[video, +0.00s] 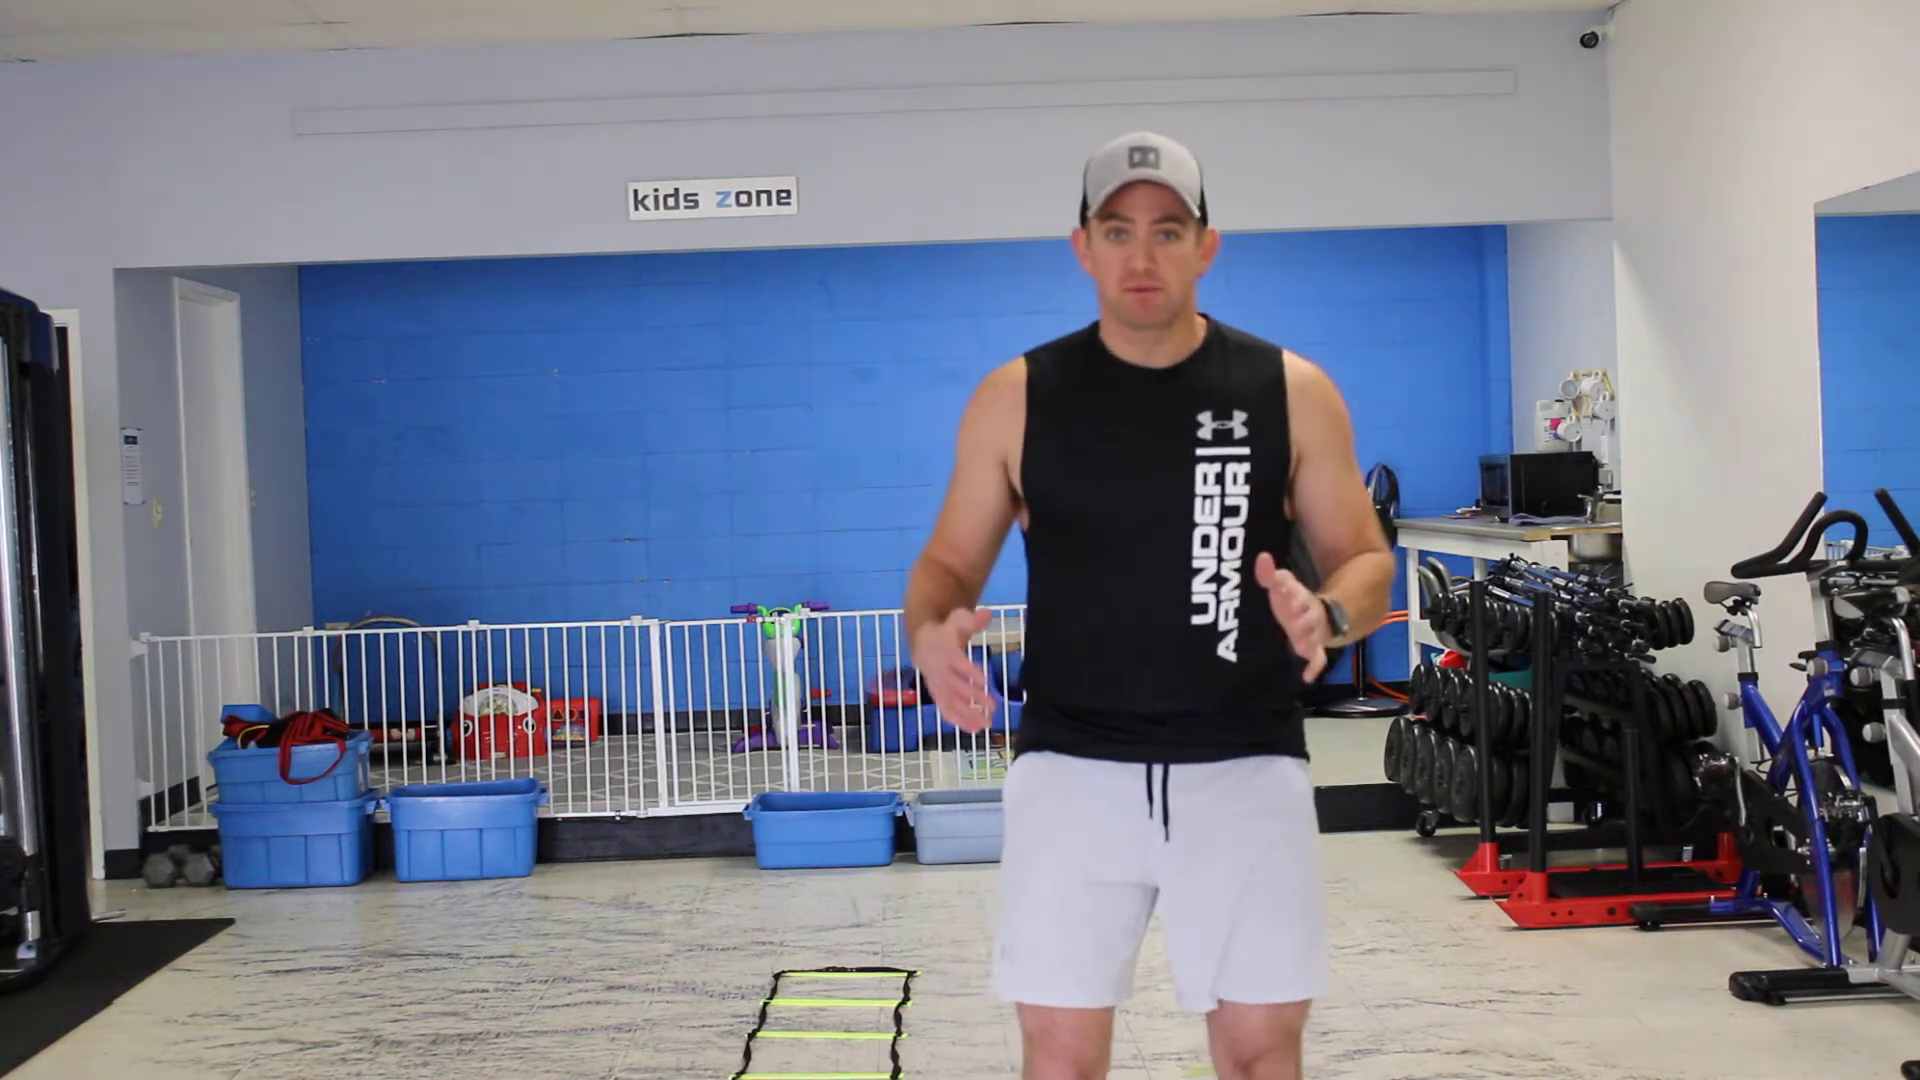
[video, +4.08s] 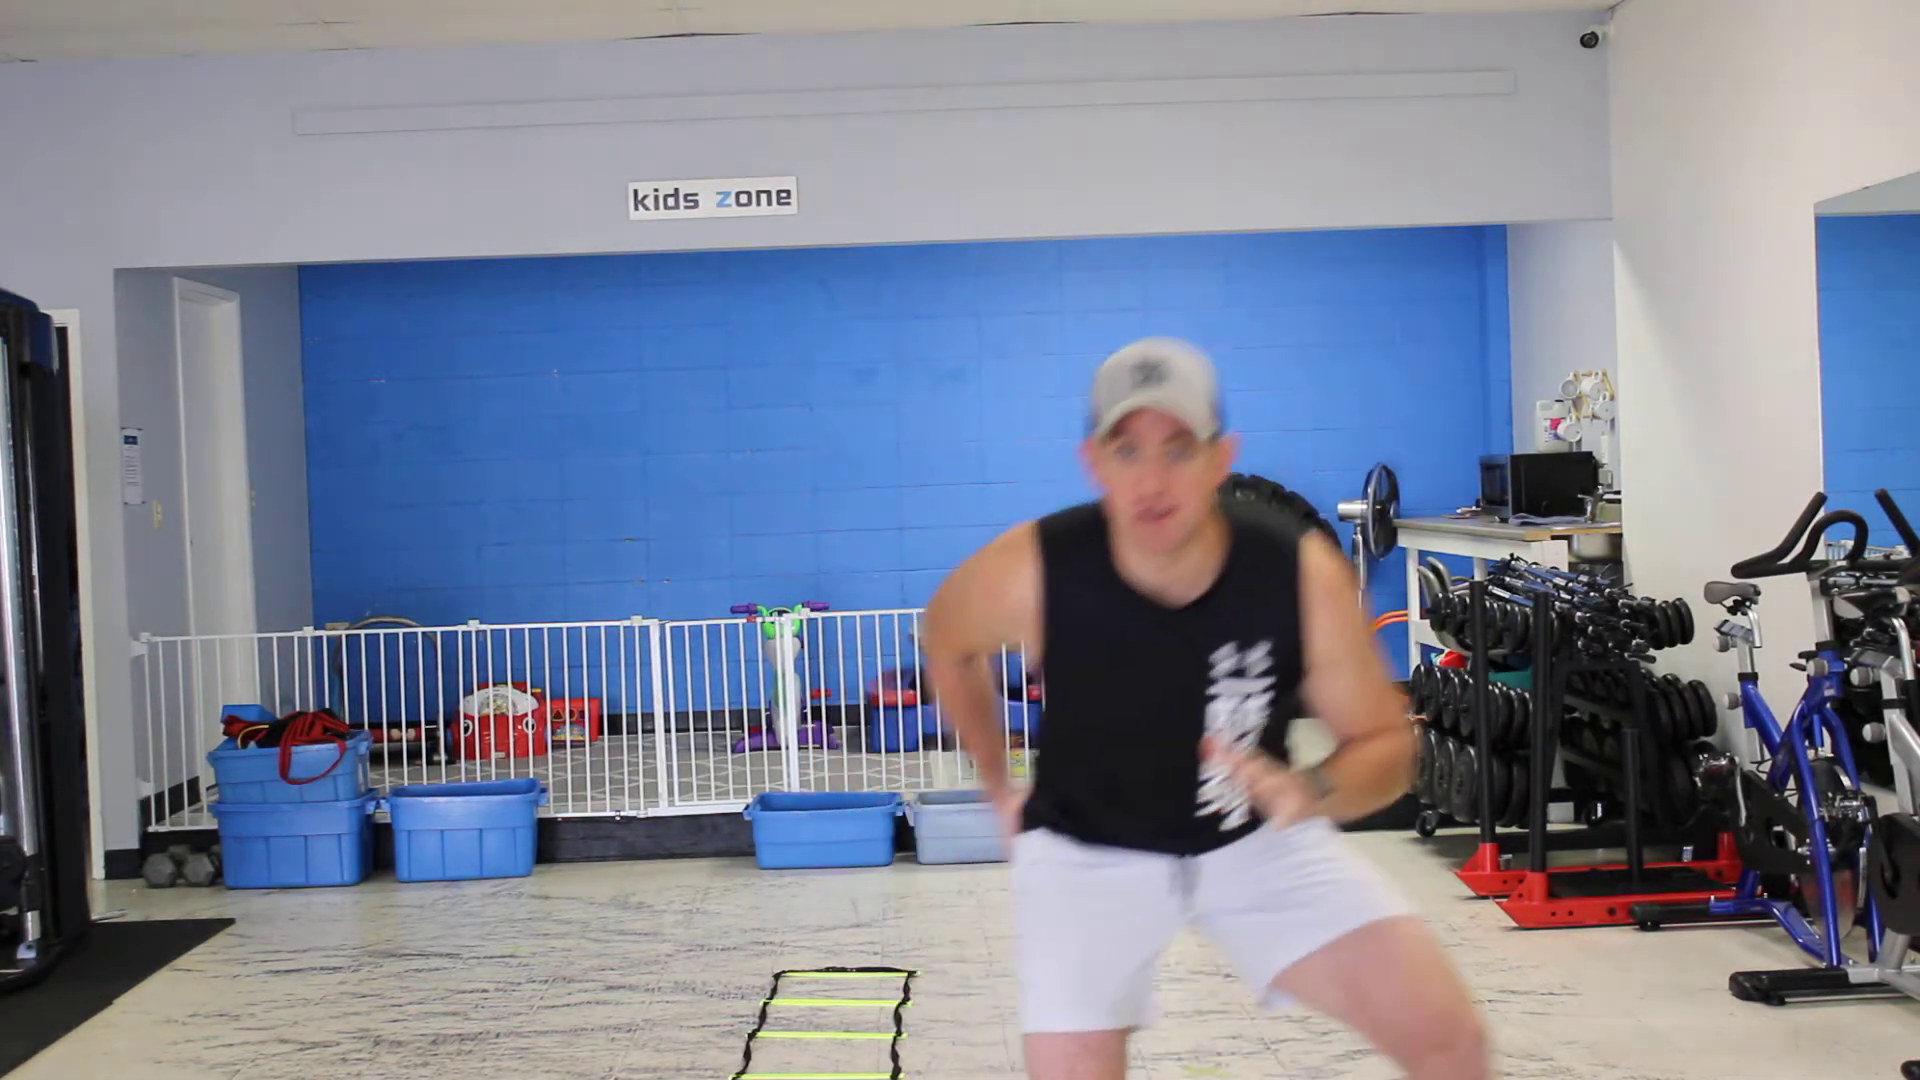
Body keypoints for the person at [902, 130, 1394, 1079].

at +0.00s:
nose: (1142, 255)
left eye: (1168, 230)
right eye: (1118, 230)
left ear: (1207, 248)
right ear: (1084, 248)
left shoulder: (1293, 392)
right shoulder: (1018, 398)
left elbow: (1363, 559)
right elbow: (948, 566)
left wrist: (1328, 614)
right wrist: (931, 635)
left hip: (1246, 776)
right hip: (1070, 779)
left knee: (1260, 1055)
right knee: (1060, 1058)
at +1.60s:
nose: (1085, 337)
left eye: (1108, 309)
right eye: (1060, 313)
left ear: (1147, 316)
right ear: (1026, 329)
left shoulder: (1239, 448)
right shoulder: (973, 462)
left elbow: (1322, 641)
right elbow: (919, 625)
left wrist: (1243, 628)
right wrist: (928, 755)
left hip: (1227, 799)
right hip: (1051, 807)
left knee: (1305, 1051)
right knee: (1036, 1061)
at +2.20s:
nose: (999, 438)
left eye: (1022, 409)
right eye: (973, 411)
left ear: (1062, 413)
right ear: (939, 419)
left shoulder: (1144, 532)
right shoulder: (878, 533)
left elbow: (1229, 743)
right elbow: (833, 647)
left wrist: (1142, 727)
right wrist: (876, 794)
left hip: (1142, 831)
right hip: (969, 838)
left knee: (1243, 1067)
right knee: (987, 1069)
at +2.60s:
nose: (949, 540)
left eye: (976, 509)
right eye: (924, 512)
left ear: (1018, 513)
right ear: (895, 519)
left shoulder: (1105, 620)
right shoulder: (847, 625)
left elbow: (1181, 848)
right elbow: (839, 723)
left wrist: (1059, 818)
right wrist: (875, 858)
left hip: (1113, 899)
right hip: (954, 885)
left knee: (1131, 1067)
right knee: (970, 1065)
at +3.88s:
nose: (1052, 552)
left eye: (1078, 521)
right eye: (1027, 524)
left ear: (1123, 527)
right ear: (997, 533)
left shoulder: (1209, 632)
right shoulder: (948, 633)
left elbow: (1299, 826)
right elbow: (891, 727)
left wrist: (1192, 855)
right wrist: (926, 882)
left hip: (1180, 901)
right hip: (1015, 893)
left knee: (1280, 1065)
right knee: (1032, 1066)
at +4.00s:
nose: (1108, 517)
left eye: (1134, 489)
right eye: (1083, 491)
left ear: (1178, 497)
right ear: (1051, 500)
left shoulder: (1258, 605)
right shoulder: (991, 602)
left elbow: (1345, 787)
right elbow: (922, 688)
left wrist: (1260, 826)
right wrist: (960, 839)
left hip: (1215, 865)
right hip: (1049, 874)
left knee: (1385, 1049)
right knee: (1047, 1066)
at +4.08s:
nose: (1153, 479)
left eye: (1178, 449)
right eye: (1126, 451)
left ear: (1221, 459)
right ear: (1094, 463)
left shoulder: (1297, 567)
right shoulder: (1034, 570)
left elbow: (1388, 741)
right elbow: (947, 643)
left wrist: (1316, 788)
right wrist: (999, 785)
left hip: (1258, 843)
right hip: (1085, 857)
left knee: (1449, 1037)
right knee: (1071, 1067)